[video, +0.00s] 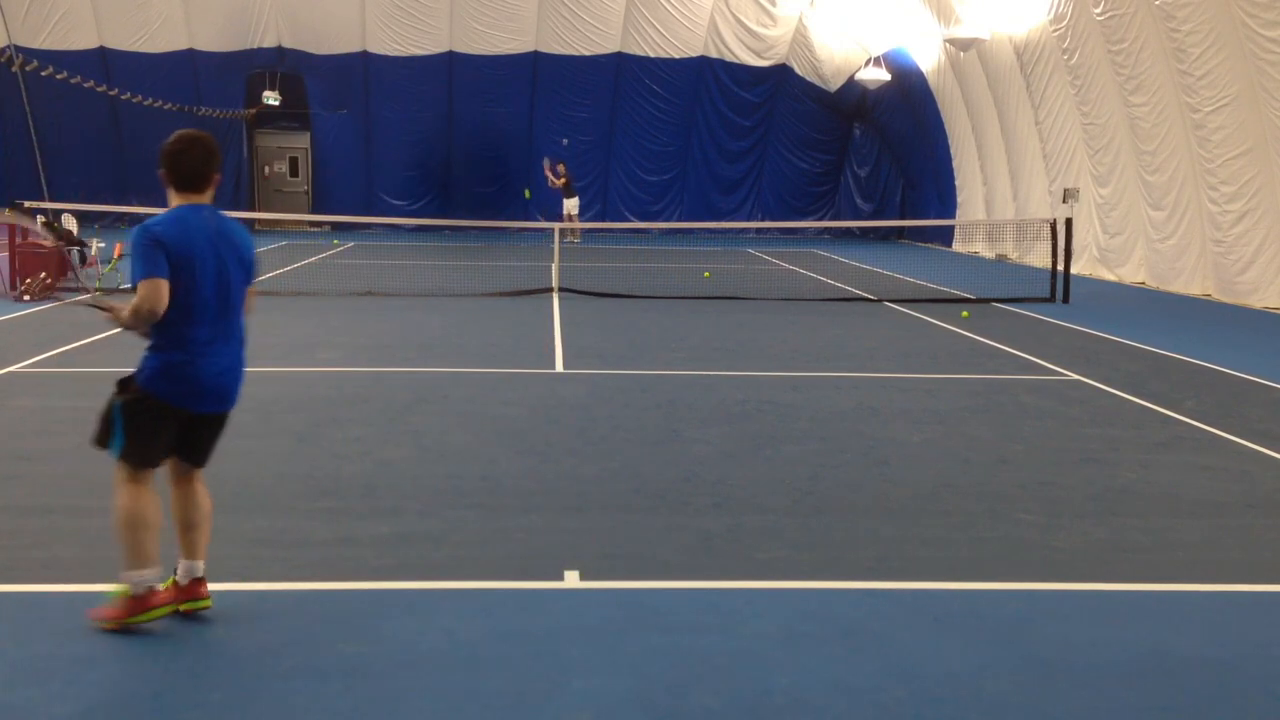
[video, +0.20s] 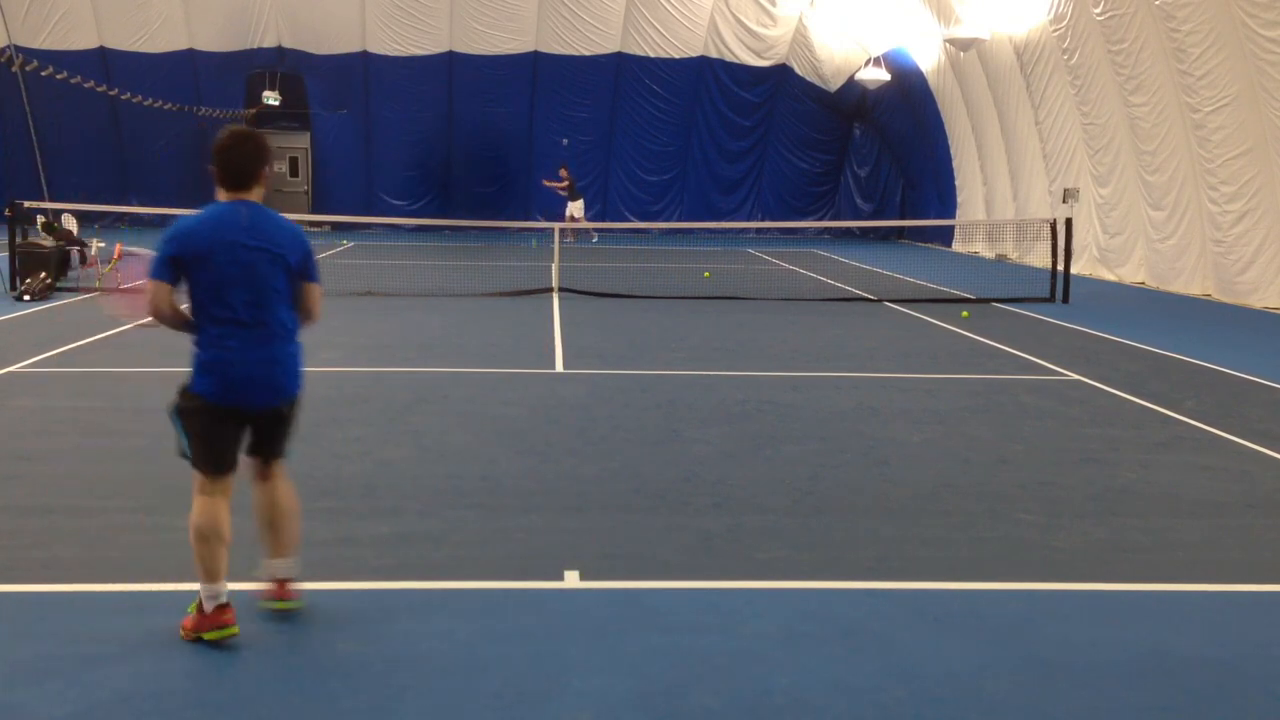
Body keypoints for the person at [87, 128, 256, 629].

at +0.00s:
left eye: (164, 172)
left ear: (164, 177)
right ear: (216, 179)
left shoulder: (155, 232)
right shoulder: (238, 235)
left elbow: (154, 302)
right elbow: (243, 306)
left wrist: (129, 317)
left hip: (169, 379)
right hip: (223, 382)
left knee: (134, 473)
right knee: (187, 471)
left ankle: (143, 586)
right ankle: (192, 580)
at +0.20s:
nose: (267, 175)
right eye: (266, 168)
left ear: (214, 174)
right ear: (265, 174)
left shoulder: (188, 232)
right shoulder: (289, 234)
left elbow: (160, 307)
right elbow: (310, 309)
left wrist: (198, 325)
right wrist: (269, 316)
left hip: (216, 382)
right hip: (278, 382)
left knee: (212, 488)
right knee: (270, 469)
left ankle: (214, 606)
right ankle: (282, 582)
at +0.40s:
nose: (344, 188)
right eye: (345, 182)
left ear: (295, 184)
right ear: (344, 187)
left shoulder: (267, 241)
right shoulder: (366, 247)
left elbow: (246, 316)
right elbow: (383, 323)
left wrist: (291, 328)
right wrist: (342, 334)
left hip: (280, 390)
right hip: (346, 391)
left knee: (251, 494)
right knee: (376, 483)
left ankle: (219, 604)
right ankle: (405, 587)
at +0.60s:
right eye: (406, 155)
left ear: (359, 158)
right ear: (408, 161)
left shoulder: (334, 219)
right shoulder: (431, 221)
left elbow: (313, 294)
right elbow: (448, 296)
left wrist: (356, 302)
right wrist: (414, 317)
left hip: (348, 365)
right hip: (411, 367)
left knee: (332, 466)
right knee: (418, 468)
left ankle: (314, 575)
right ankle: (419, 575)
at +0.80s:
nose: (456, 176)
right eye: (459, 169)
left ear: (410, 171)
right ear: (458, 174)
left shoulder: (379, 230)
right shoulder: (473, 235)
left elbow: (362, 305)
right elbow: (488, 315)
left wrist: (404, 317)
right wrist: (458, 331)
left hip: (394, 379)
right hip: (455, 380)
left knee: (394, 479)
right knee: (489, 473)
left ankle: (383, 589)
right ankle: (521, 577)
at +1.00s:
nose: (496, 202)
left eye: (456, 191)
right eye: (497, 196)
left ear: (448, 198)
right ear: (498, 202)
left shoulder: (420, 259)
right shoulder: (509, 262)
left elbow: (408, 334)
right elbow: (526, 343)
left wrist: (451, 337)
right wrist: (499, 358)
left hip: (440, 400)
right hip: (497, 399)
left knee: (460, 480)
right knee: (525, 489)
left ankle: (407, 571)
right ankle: (536, 598)